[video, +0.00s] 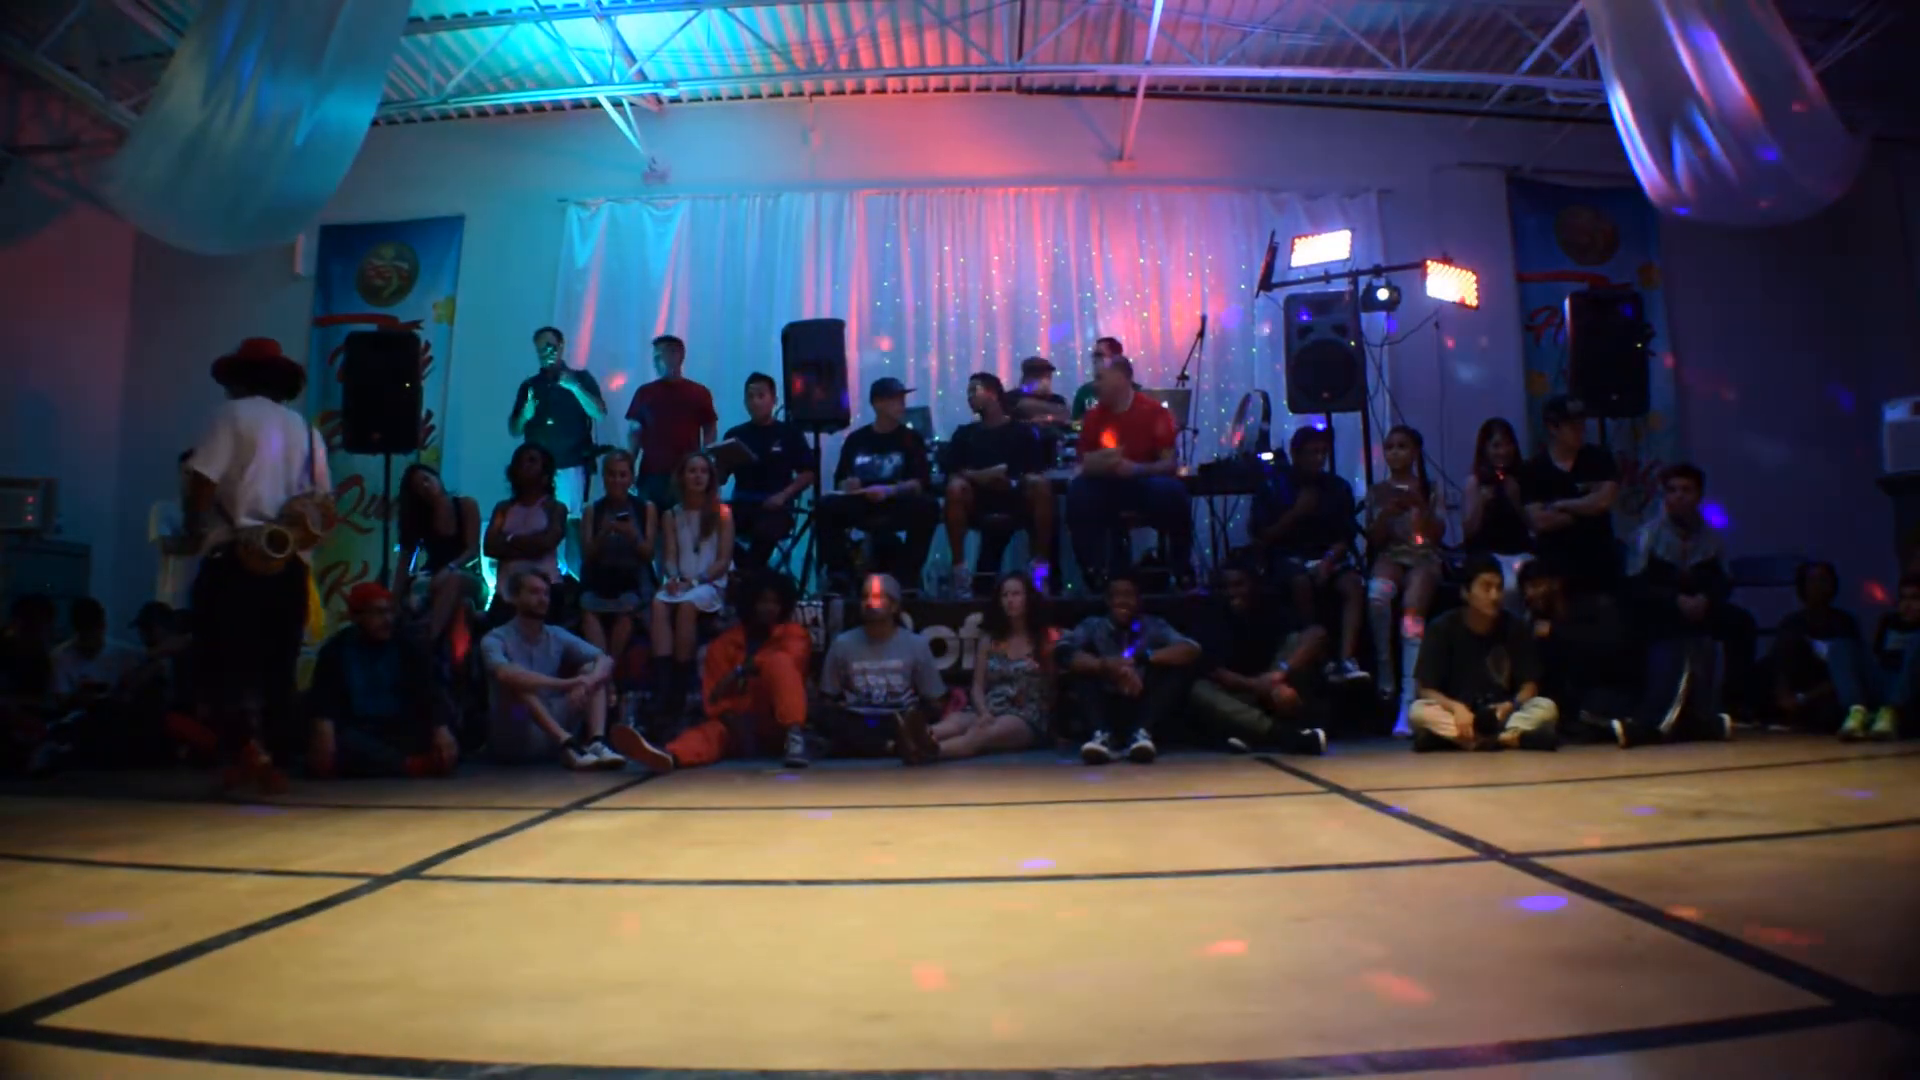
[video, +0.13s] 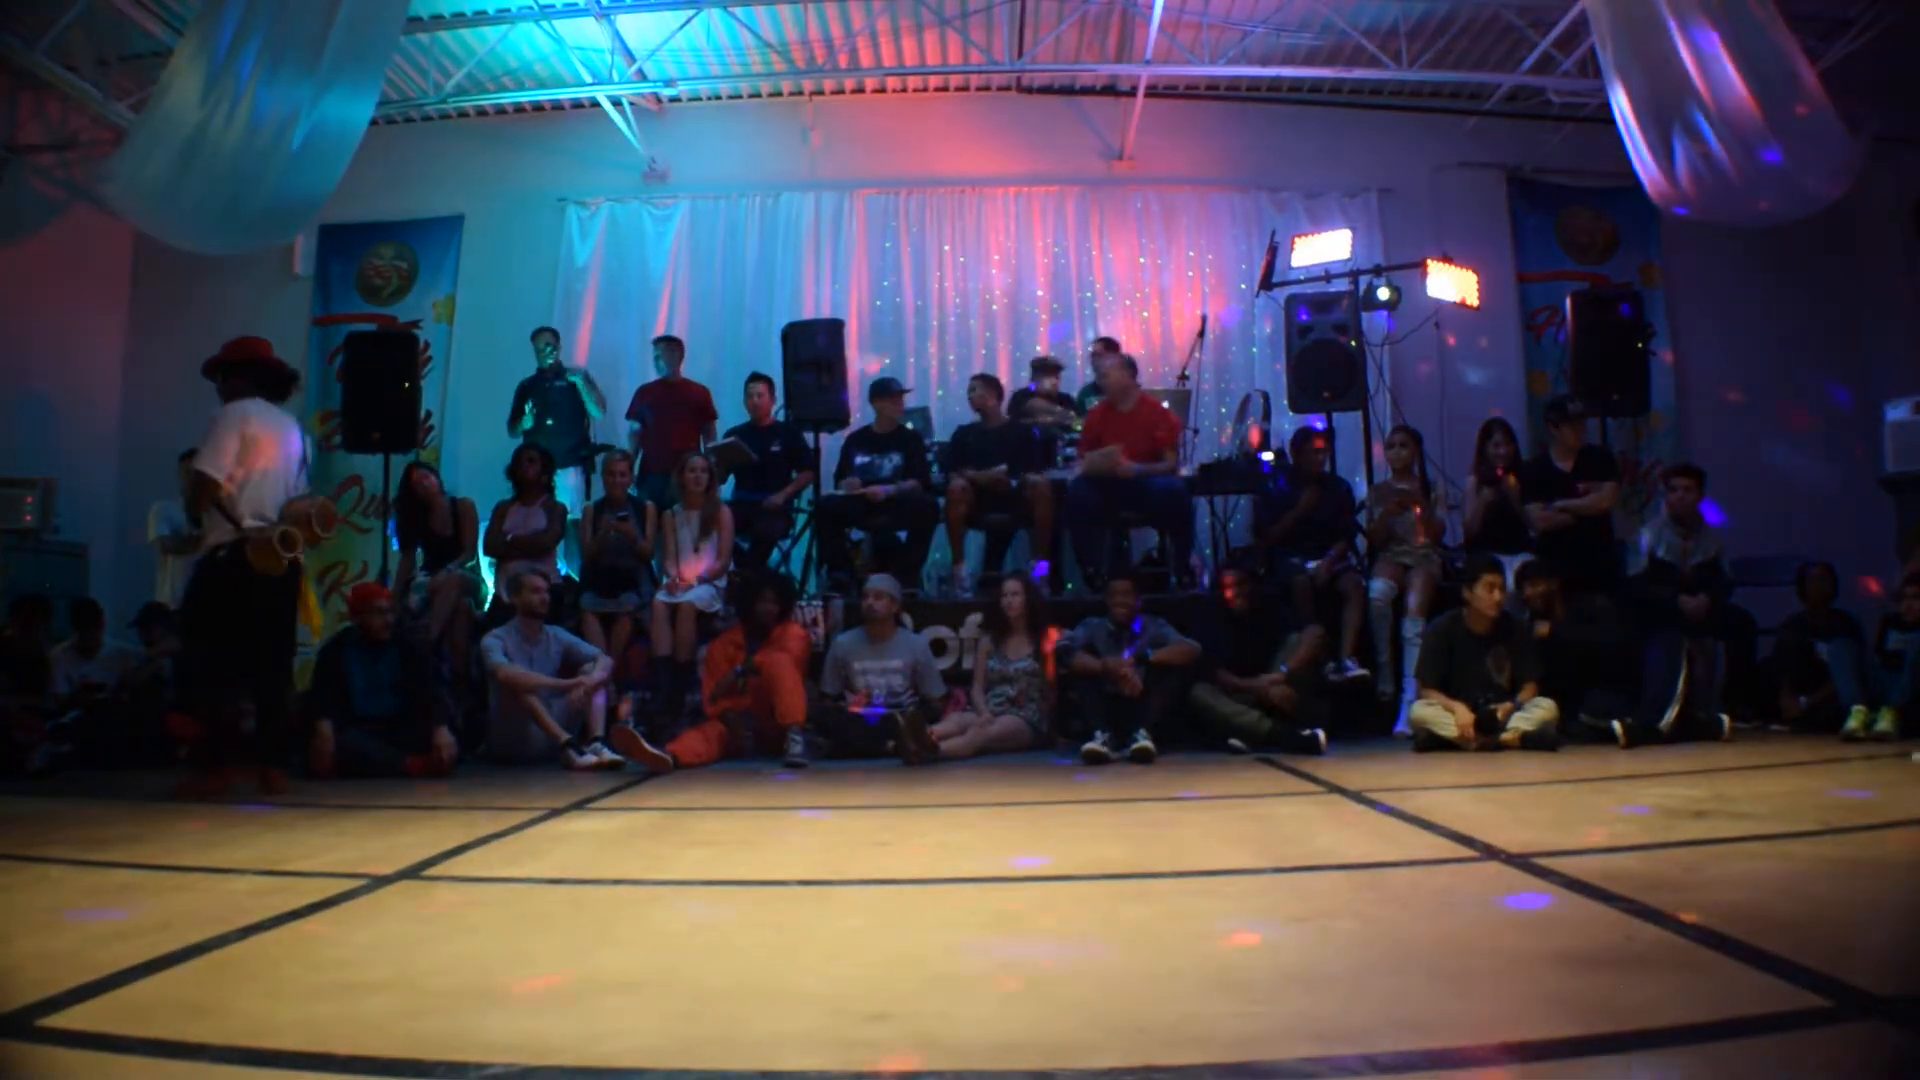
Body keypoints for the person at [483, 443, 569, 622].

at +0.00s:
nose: (525, 466)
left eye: (532, 461)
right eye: (520, 461)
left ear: (545, 472)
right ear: (513, 470)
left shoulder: (555, 508)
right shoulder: (503, 508)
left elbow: (549, 541)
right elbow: (490, 547)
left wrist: (509, 541)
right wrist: (531, 550)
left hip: (545, 590)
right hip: (507, 591)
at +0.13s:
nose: (524, 466)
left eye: (531, 461)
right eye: (520, 461)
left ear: (544, 471)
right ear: (514, 469)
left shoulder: (555, 508)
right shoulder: (503, 507)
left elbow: (549, 541)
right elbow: (489, 546)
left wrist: (509, 541)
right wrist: (532, 549)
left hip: (544, 589)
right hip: (506, 589)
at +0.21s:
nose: (525, 466)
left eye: (531, 461)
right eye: (520, 462)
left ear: (545, 473)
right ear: (513, 470)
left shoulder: (555, 508)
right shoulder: (503, 507)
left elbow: (549, 541)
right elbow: (489, 546)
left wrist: (509, 541)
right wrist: (532, 550)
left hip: (544, 589)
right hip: (506, 589)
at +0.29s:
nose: (525, 467)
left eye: (532, 461)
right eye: (521, 462)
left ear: (545, 471)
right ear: (514, 470)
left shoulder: (556, 508)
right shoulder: (504, 507)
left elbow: (549, 541)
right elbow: (490, 546)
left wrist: (509, 542)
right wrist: (534, 549)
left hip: (544, 588)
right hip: (507, 589)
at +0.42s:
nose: (527, 467)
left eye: (534, 462)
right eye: (522, 462)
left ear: (547, 472)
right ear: (516, 470)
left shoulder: (557, 509)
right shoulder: (505, 508)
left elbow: (551, 541)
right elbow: (492, 546)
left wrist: (509, 544)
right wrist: (534, 548)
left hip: (546, 591)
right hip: (509, 591)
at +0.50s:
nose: (527, 467)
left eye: (534, 462)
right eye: (523, 462)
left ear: (547, 472)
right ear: (517, 470)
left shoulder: (557, 509)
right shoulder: (506, 508)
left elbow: (551, 541)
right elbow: (493, 546)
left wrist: (511, 541)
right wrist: (535, 548)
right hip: (510, 589)